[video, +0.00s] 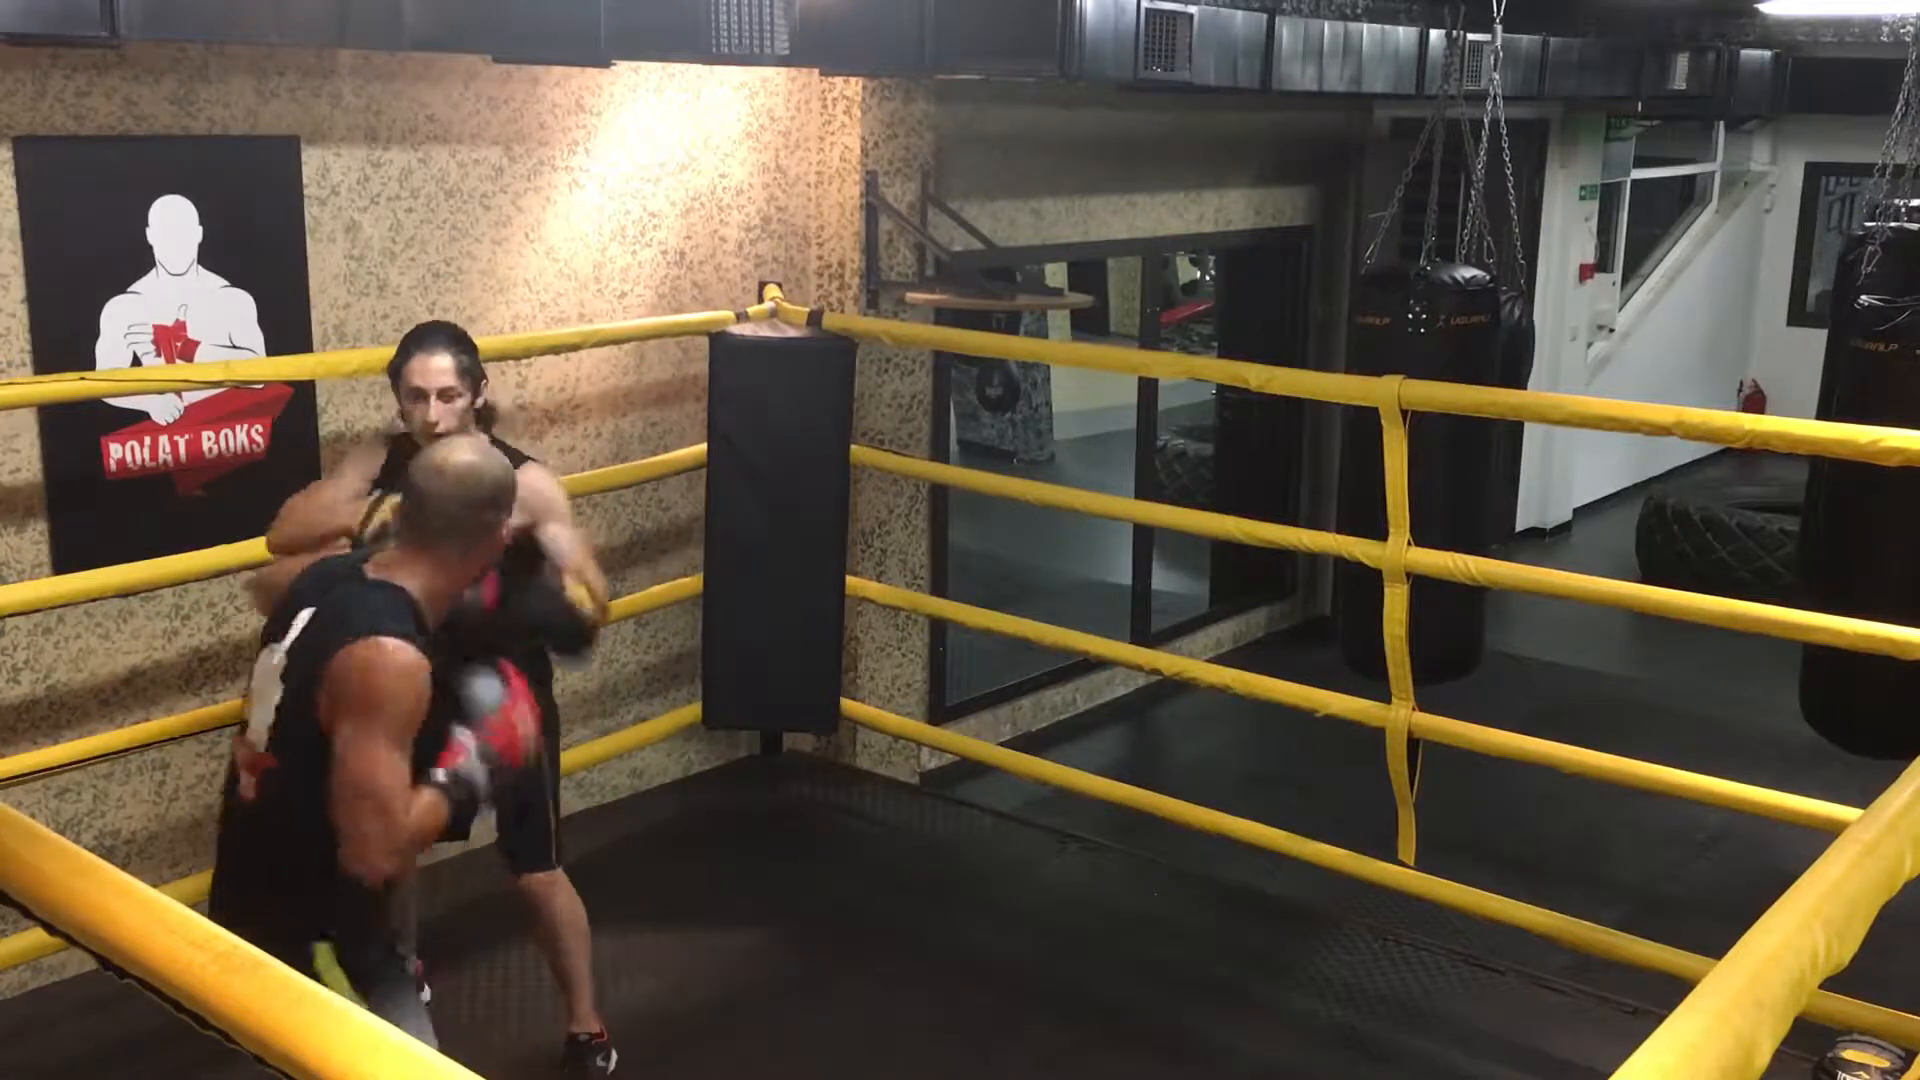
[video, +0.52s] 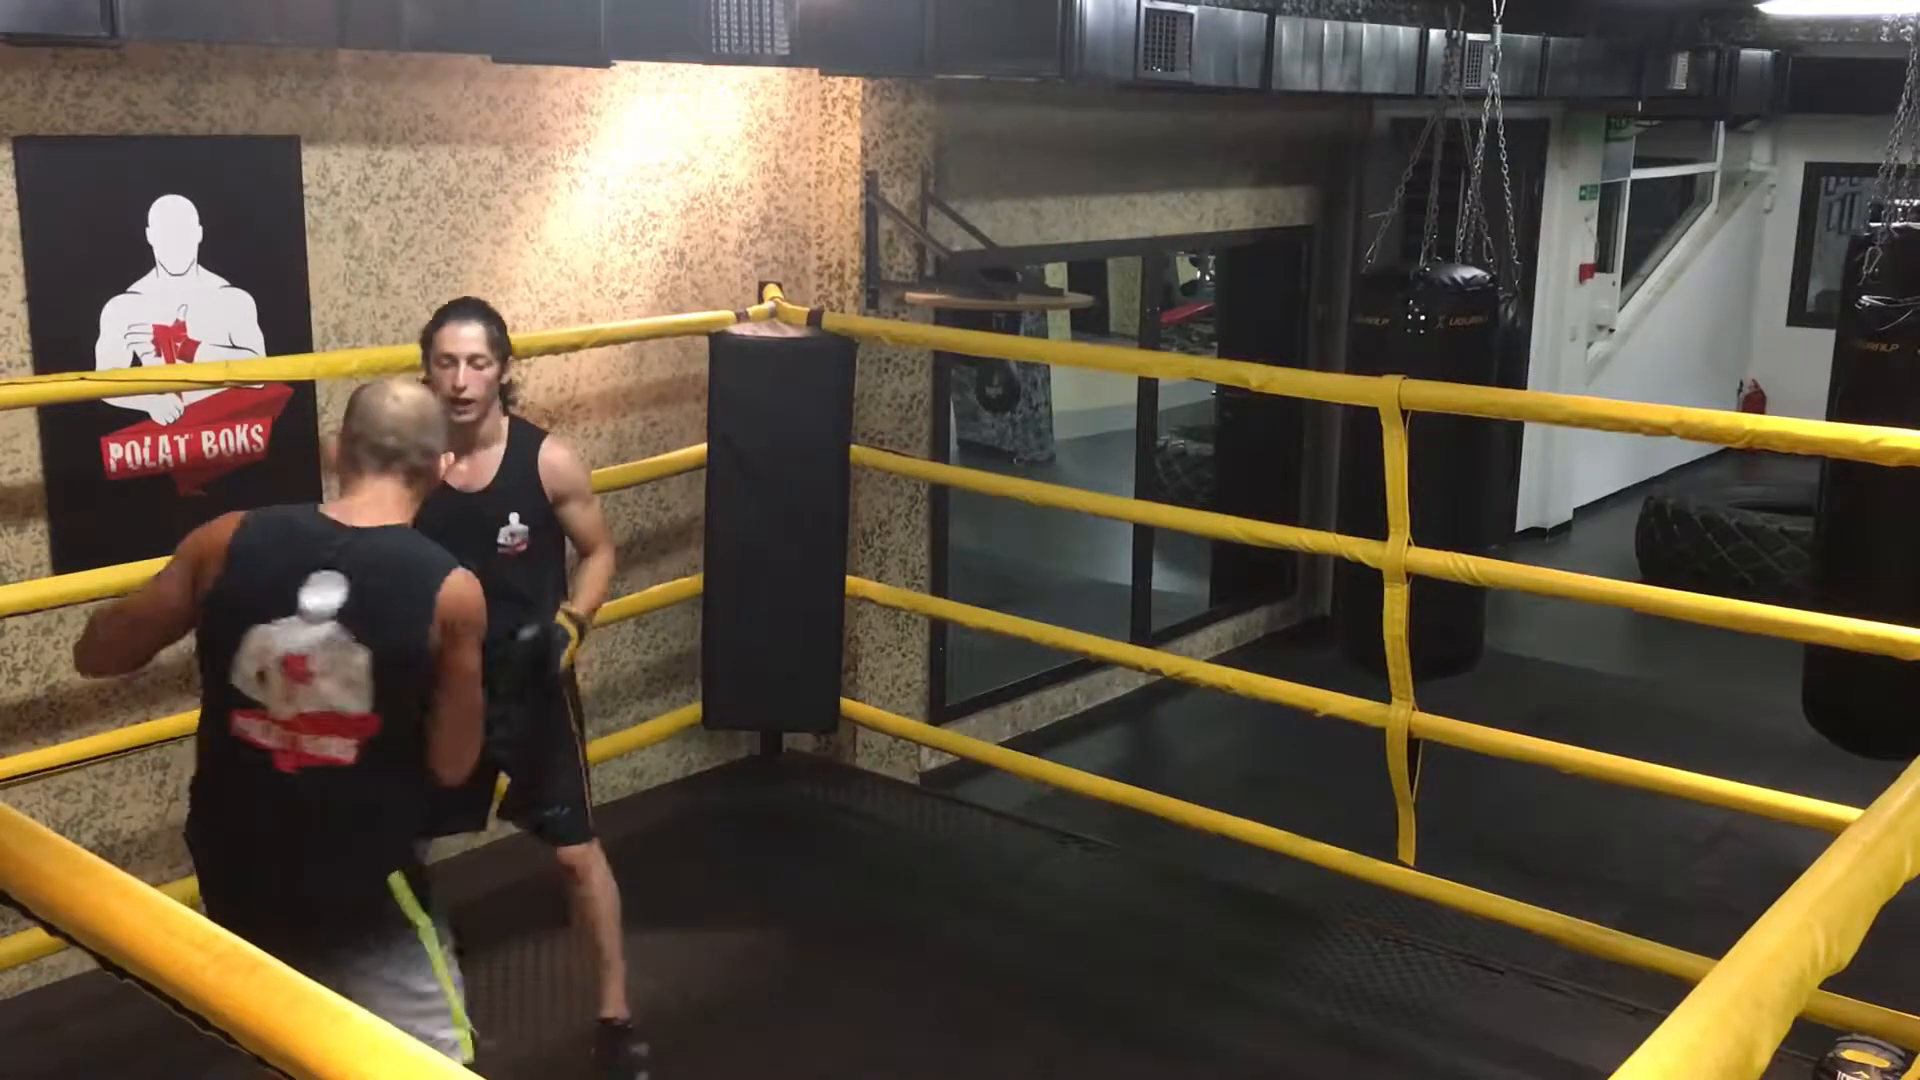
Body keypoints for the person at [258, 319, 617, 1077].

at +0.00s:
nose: (429, 411)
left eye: (444, 394)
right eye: (414, 396)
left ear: (476, 394)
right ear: (397, 401)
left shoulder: (525, 482)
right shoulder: (376, 465)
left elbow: (586, 593)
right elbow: (283, 532)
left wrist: (536, 595)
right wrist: (365, 515)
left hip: (504, 686)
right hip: (397, 685)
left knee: (534, 873)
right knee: (390, 852)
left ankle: (585, 1021)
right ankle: (396, 984)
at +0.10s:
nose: (459, 410)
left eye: (475, 395)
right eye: (443, 396)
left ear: (501, 400)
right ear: (421, 402)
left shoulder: (545, 486)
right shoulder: (383, 477)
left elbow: (591, 580)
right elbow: (312, 556)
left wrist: (592, 654)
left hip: (520, 693)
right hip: (421, 695)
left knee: (545, 858)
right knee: (410, 858)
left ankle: (583, 1021)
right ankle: (395, 1017)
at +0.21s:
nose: (473, 410)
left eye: (489, 393)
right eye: (458, 391)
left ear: (514, 399)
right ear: (433, 396)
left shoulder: (548, 486)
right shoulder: (406, 483)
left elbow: (584, 583)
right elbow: (369, 579)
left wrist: (579, 675)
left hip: (518, 686)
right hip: (419, 684)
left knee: (536, 869)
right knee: (384, 857)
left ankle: (581, 1024)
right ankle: (380, 1016)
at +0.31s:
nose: (461, 397)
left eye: (478, 382)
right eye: (446, 381)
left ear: (501, 391)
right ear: (423, 390)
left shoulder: (542, 481)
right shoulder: (401, 482)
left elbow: (589, 575)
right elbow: (363, 575)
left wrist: (568, 672)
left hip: (513, 700)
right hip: (415, 700)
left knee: (534, 871)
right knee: (385, 856)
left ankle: (581, 1023)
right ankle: (386, 999)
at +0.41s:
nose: (447, 388)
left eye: (464, 372)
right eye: (433, 372)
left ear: (491, 379)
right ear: (415, 378)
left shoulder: (536, 468)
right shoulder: (394, 469)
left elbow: (594, 563)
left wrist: (568, 658)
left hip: (519, 688)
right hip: (421, 687)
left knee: (553, 857)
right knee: (391, 851)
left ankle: (582, 1019)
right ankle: (392, 1017)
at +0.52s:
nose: (459, 378)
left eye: (476, 363)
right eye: (445, 364)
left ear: (504, 370)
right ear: (427, 371)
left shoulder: (549, 460)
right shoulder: (408, 461)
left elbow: (598, 553)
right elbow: (372, 552)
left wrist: (571, 622)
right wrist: (395, 626)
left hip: (527, 680)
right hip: (432, 674)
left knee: (575, 850)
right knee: (400, 840)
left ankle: (614, 1013)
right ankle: (413, 997)